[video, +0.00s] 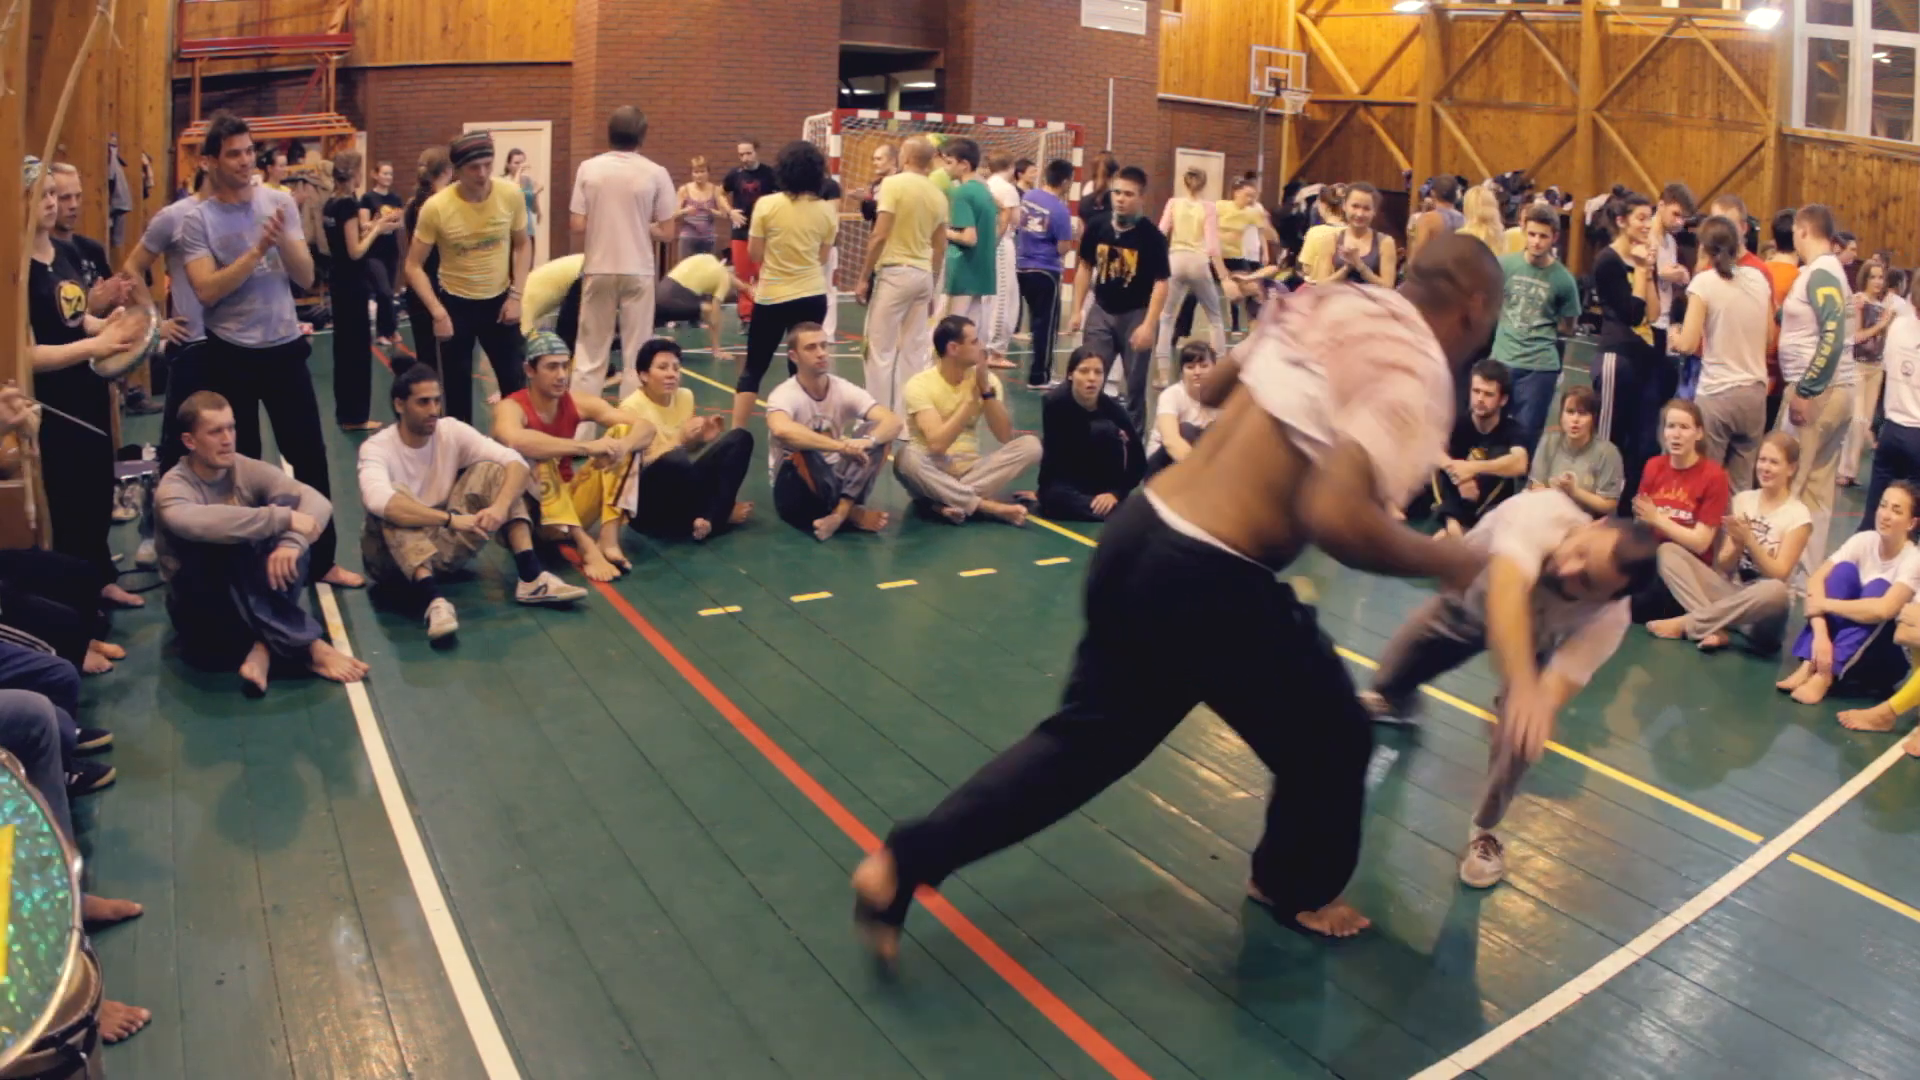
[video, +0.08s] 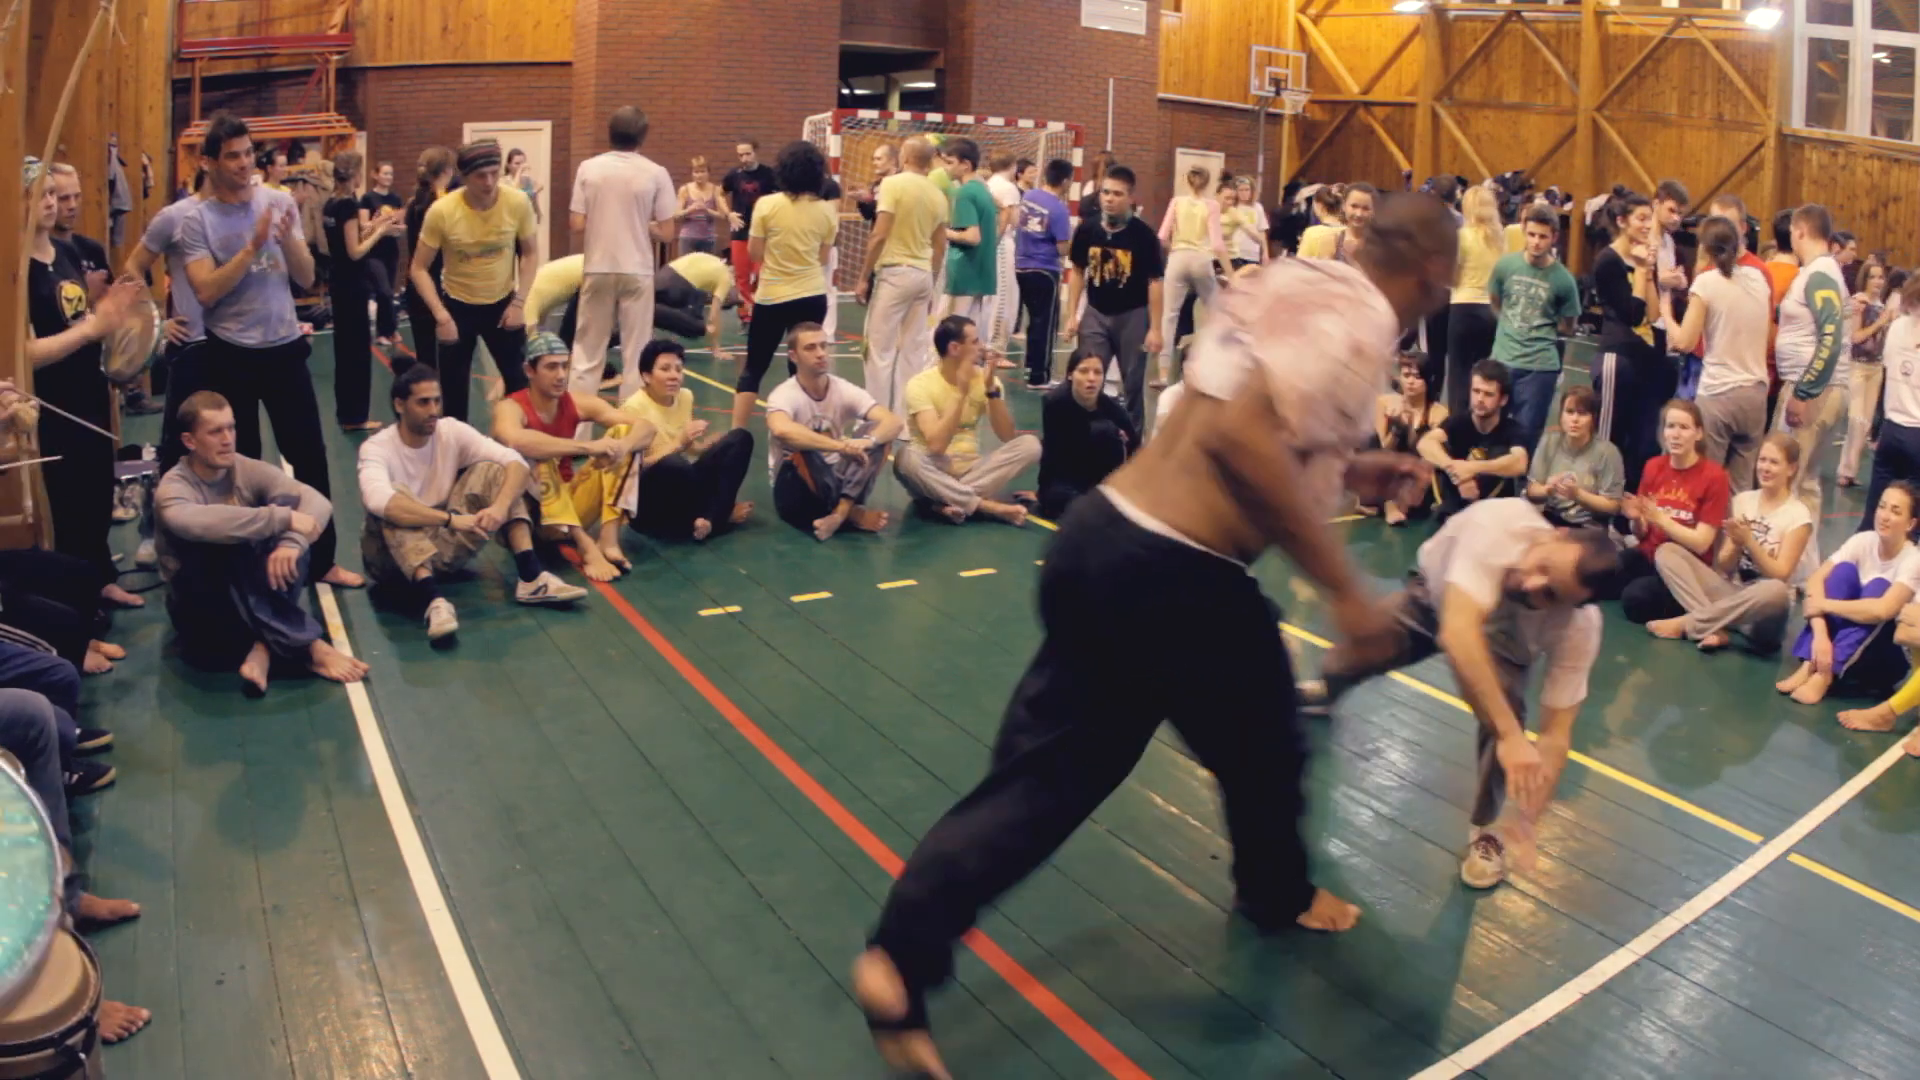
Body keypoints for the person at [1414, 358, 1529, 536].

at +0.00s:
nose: (1480, 400)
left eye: (1488, 394)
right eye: (1476, 392)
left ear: (1503, 400)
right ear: (1469, 393)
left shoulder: (1512, 430)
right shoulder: (1456, 426)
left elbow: (1519, 464)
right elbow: (1434, 451)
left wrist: (1471, 467)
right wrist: (1461, 476)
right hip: (1456, 498)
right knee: (1437, 468)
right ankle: (1452, 523)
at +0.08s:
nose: (1480, 400)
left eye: (1488, 395)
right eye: (1476, 392)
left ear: (1502, 400)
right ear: (1469, 392)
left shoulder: (1511, 429)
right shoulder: (1459, 421)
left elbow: (1519, 464)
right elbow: (1426, 444)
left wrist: (1472, 468)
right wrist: (1458, 476)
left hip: (1495, 511)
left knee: (1501, 455)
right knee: (1438, 455)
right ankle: (1448, 512)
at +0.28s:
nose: (1480, 399)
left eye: (1488, 394)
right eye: (1476, 392)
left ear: (1503, 400)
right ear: (1469, 392)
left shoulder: (1511, 429)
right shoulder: (1457, 423)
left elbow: (1519, 464)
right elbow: (1426, 443)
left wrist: (1472, 468)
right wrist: (1459, 476)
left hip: (1496, 508)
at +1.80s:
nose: (1480, 400)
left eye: (1487, 394)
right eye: (1476, 393)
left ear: (1503, 397)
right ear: (1468, 393)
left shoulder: (1512, 430)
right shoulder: (1458, 423)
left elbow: (1519, 464)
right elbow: (1432, 450)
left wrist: (1472, 467)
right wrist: (1460, 475)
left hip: (1493, 508)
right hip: (1455, 501)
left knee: (1504, 461)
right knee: (1437, 468)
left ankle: (1448, 530)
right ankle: (1455, 532)